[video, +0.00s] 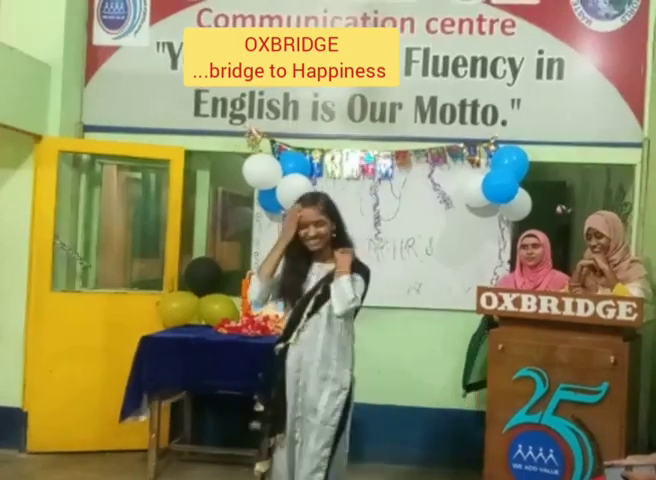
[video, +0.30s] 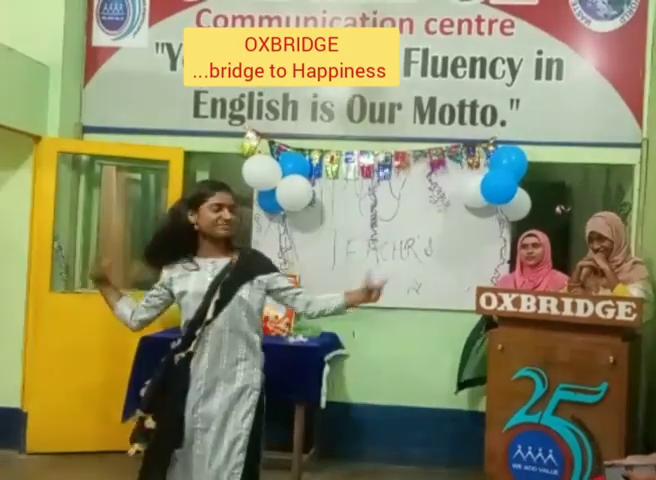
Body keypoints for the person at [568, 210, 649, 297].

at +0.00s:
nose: (593, 243)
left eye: (599, 236)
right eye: (588, 237)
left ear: (614, 236)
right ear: (585, 239)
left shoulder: (633, 268)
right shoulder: (585, 269)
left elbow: (634, 304)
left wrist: (606, 269)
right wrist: (577, 273)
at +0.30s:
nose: (595, 247)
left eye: (601, 239)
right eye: (591, 240)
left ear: (617, 238)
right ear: (587, 242)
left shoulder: (635, 268)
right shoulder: (586, 269)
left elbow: (632, 304)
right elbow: (570, 300)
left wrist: (606, 268)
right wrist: (577, 272)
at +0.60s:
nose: (595, 247)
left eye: (601, 239)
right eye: (591, 240)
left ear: (617, 238)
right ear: (587, 242)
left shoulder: (635, 268)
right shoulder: (586, 268)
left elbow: (631, 304)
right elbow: (570, 298)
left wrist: (606, 269)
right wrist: (578, 270)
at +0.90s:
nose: (595, 247)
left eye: (601, 239)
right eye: (591, 240)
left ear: (617, 238)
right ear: (587, 242)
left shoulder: (635, 268)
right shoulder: (586, 269)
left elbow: (631, 304)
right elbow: (570, 298)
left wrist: (606, 268)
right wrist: (578, 270)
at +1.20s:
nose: (595, 247)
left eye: (601, 239)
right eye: (591, 240)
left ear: (616, 238)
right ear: (587, 242)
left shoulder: (635, 268)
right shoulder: (586, 269)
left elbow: (631, 304)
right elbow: (570, 299)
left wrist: (606, 269)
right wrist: (578, 270)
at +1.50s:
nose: (595, 247)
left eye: (601, 239)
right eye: (590, 240)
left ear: (616, 238)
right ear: (587, 242)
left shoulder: (635, 268)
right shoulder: (586, 268)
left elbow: (633, 304)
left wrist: (606, 269)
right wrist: (577, 273)